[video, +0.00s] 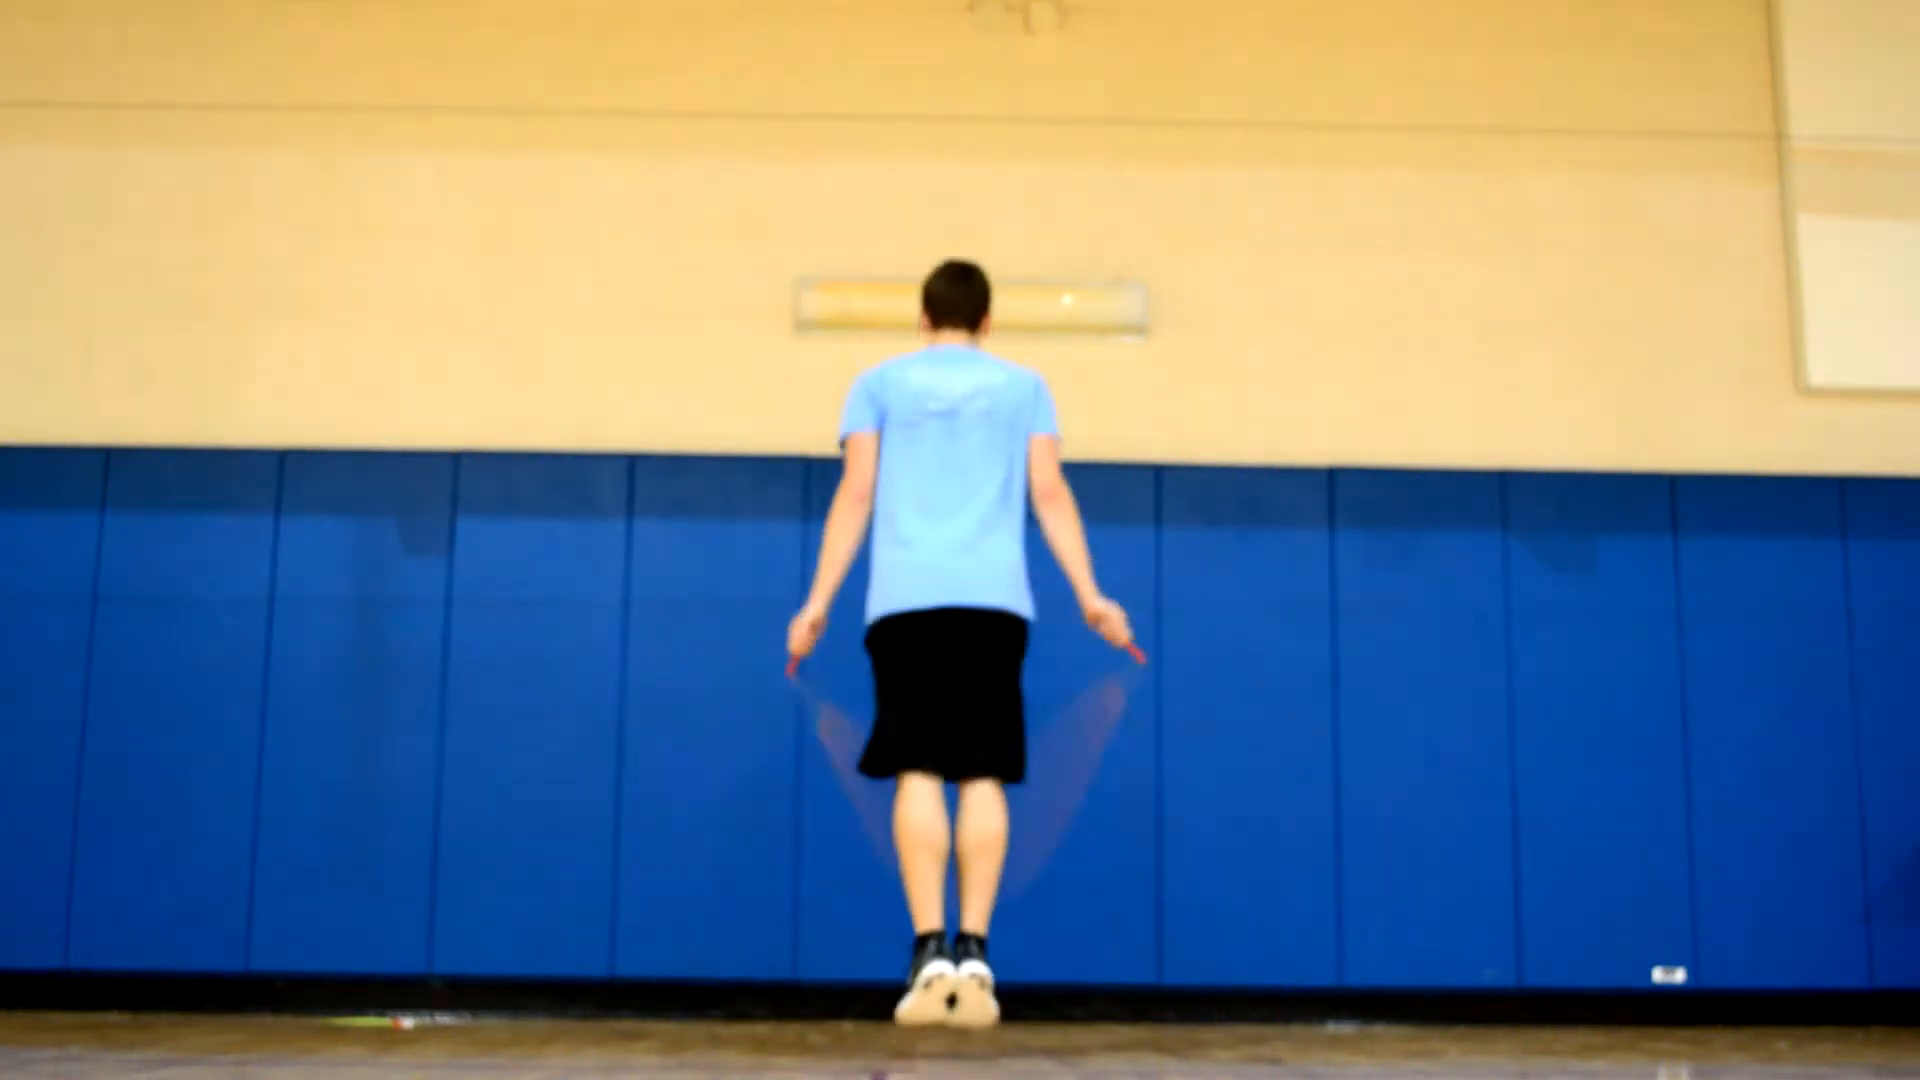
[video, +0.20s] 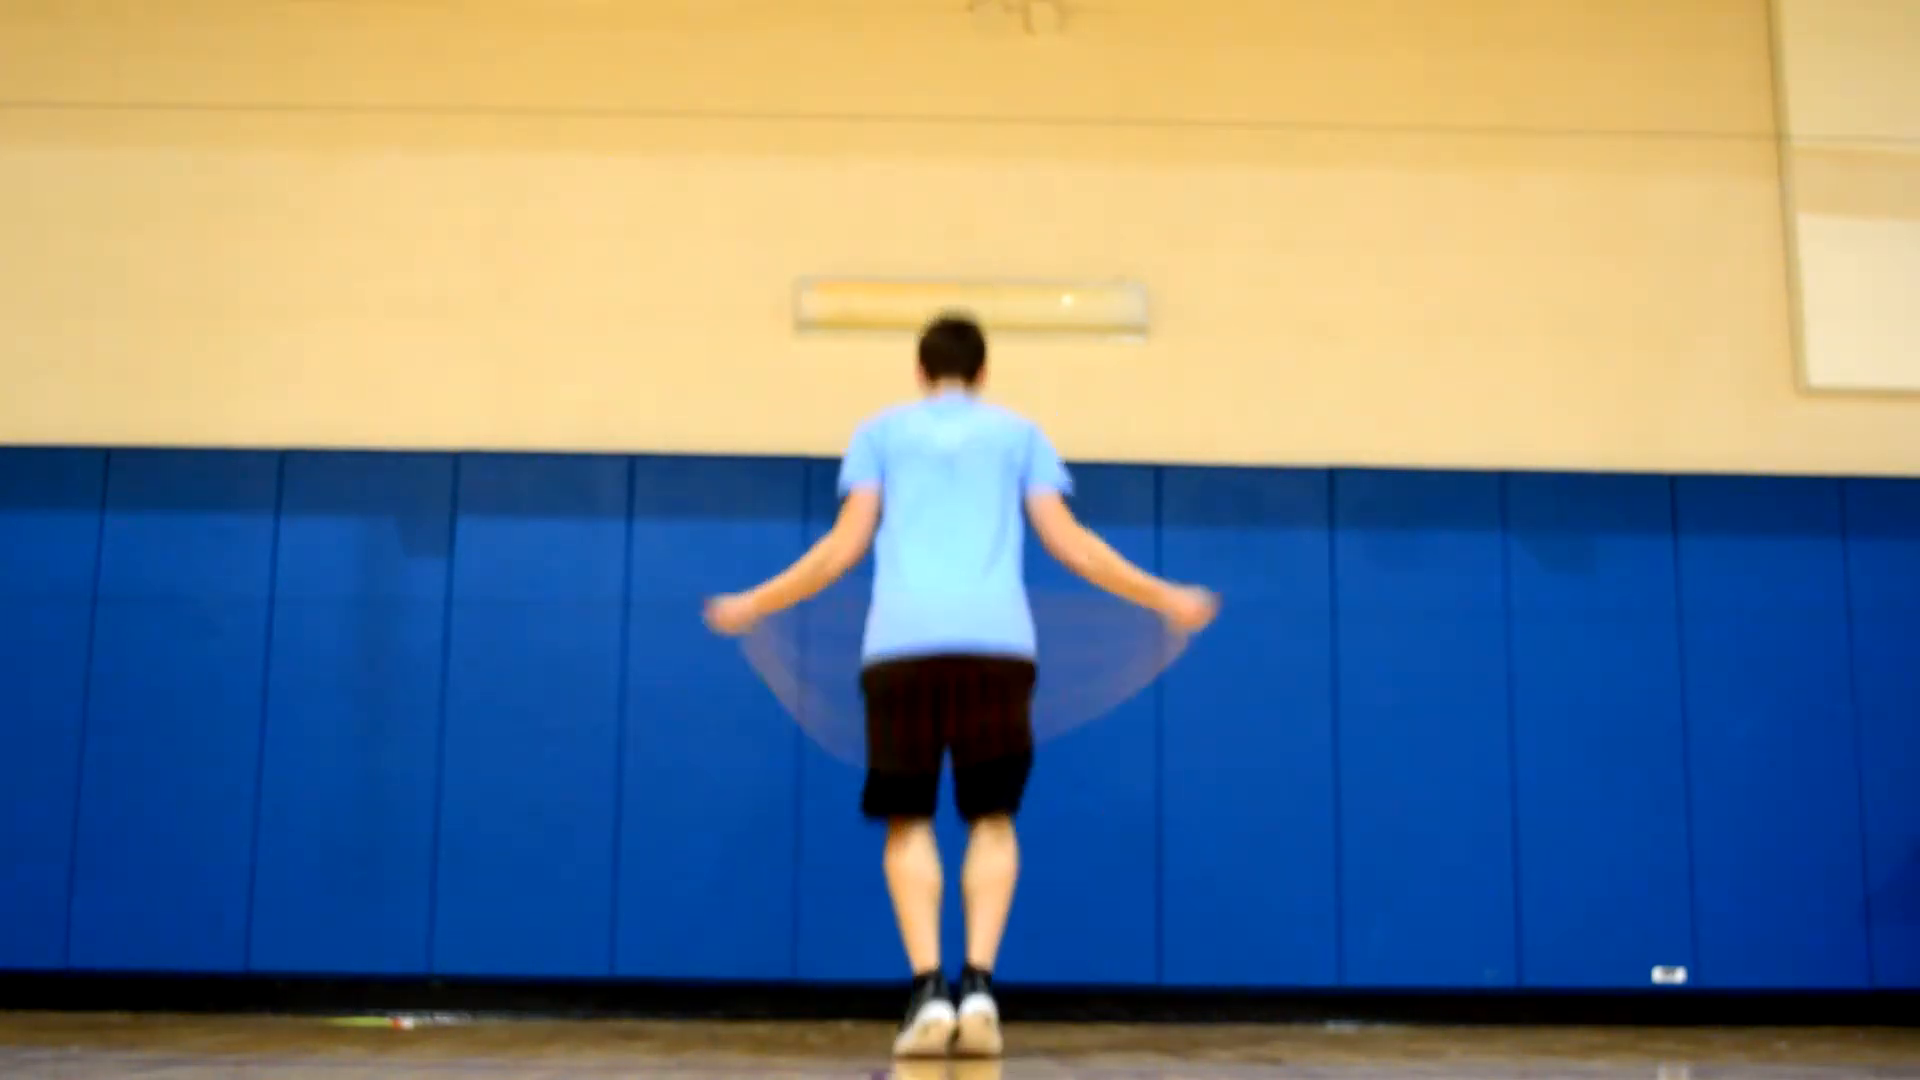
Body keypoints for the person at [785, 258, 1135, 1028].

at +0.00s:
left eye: (933, 312)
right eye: (979, 316)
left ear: (923, 316)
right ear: (988, 320)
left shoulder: (878, 385)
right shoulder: (1024, 387)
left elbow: (855, 499)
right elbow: (1050, 496)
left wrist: (816, 604)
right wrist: (1090, 596)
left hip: (905, 609)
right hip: (993, 608)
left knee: (918, 775)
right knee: (984, 778)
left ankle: (933, 950)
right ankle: (972, 952)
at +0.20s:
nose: (939, 379)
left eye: (928, 366)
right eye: (971, 369)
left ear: (920, 370)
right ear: (984, 372)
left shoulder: (881, 433)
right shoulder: (1019, 435)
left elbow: (845, 546)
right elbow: (1069, 544)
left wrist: (752, 604)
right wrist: (1167, 598)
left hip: (902, 655)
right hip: (996, 654)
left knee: (908, 821)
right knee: (992, 818)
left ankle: (931, 991)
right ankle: (977, 986)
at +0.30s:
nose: (945, 443)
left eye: (928, 432)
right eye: (971, 433)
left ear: (919, 439)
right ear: (985, 442)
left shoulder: (876, 508)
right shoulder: (1024, 514)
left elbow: (791, 583)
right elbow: (1119, 575)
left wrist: (695, 549)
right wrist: (1209, 538)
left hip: (896, 732)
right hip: (1000, 732)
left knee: (882, 888)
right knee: (1011, 880)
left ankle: (930, 1017)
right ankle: (973, 1014)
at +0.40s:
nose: (953, 385)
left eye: (938, 371)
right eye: (970, 372)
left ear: (922, 372)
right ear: (986, 376)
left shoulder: (878, 425)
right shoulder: (1023, 436)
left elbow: (794, 486)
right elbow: (1113, 493)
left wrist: (712, 476)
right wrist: (1190, 480)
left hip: (897, 669)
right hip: (990, 671)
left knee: (900, 826)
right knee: (989, 829)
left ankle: (923, 990)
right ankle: (976, 989)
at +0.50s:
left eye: (934, 297)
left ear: (921, 297)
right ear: (985, 301)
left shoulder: (885, 326)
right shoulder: (1021, 341)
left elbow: (795, 410)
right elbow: (1107, 428)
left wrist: (743, 467)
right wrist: (1174, 488)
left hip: (900, 542)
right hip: (991, 545)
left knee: (910, 701)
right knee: (978, 701)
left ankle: (919, 874)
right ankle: (967, 868)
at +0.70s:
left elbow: (867, 468)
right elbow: (1013, 500)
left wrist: (952, 514)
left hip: (909, 372)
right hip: (1003, 369)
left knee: (916, 536)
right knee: (970, 529)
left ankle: (914, 665)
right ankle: (949, 655)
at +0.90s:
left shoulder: (885, 405)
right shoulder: (1016, 418)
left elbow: (846, 501)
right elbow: (1028, 552)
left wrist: (845, 598)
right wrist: (1034, 639)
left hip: (906, 474)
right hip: (995, 473)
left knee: (909, 628)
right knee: (962, 624)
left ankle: (905, 809)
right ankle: (951, 798)